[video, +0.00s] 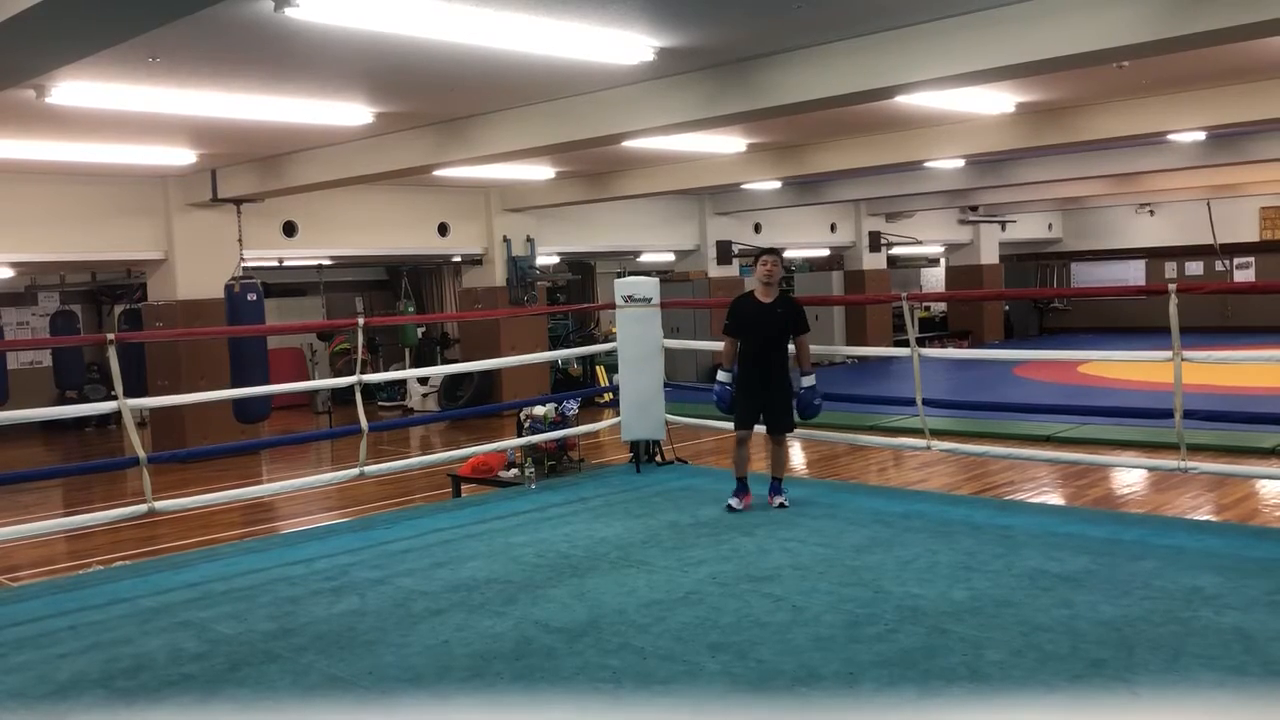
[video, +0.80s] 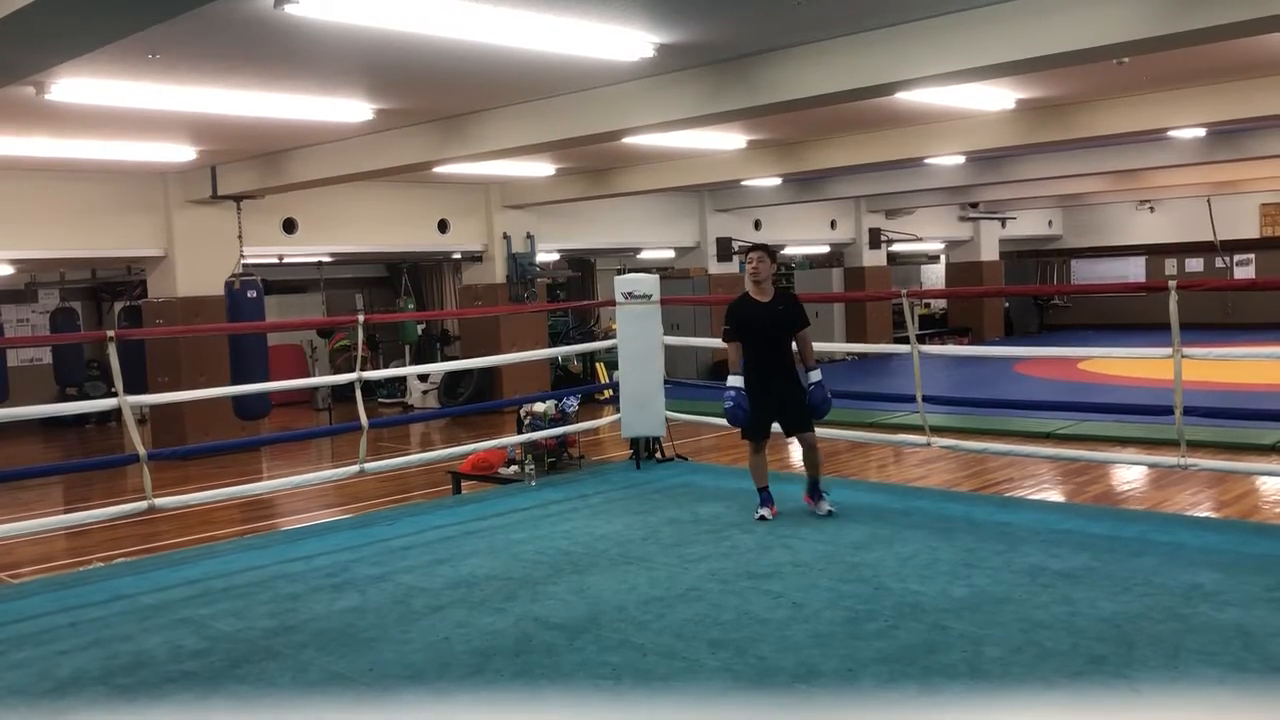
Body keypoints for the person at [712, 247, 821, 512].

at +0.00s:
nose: (768, 268)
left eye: (774, 264)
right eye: (763, 264)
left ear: (782, 272)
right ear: (755, 270)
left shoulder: (791, 306)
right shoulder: (740, 304)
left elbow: (802, 345)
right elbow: (730, 343)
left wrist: (808, 383)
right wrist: (723, 380)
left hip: (778, 382)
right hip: (746, 382)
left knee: (778, 439)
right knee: (741, 437)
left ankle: (776, 490)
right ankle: (741, 490)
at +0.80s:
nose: (754, 266)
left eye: (760, 261)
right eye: (750, 262)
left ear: (772, 267)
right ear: (745, 268)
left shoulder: (789, 301)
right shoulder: (737, 308)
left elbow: (804, 342)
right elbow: (734, 350)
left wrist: (815, 381)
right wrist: (733, 387)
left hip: (788, 382)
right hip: (754, 387)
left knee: (809, 440)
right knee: (757, 446)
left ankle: (814, 493)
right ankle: (765, 501)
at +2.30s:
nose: (779, 257)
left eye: (785, 253)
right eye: (775, 253)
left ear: (798, 258)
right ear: (770, 258)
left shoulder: (810, 296)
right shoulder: (760, 295)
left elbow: (820, 341)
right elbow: (750, 339)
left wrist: (822, 383)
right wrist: (743, 379)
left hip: (801, 381)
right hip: (768, 380)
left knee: (811, 439)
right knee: (770, 438)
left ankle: (819, 497)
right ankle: (775, 492)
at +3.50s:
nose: (775, 250)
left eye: (781, 245)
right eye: (771, 246)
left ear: (794, 250)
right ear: (766, 252)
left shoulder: (809, 286)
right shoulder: (760, 291)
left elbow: (821, 331)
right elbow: (753, 335)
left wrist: (823, 373)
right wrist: (748, 376)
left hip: (803, 373)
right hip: (771, 374)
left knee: (814, 432)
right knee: (774, 431)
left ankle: (823, 491)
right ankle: (779, 485)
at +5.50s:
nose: (778, 250)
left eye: (784, 244)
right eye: (773, 245)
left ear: (795, 248)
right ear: (767, 250)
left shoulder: (811, 284)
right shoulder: (760, 289)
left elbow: (824, 330)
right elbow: (753, 334)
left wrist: (829, 371)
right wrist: (748, 374)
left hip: (805, 371)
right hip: (773, 372)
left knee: (816, 430)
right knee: (776, 429)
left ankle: (825, 488)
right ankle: (781, 483)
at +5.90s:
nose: (778, 250)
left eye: (784, 245)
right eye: (773, 245)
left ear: (795, 249)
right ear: (767, 250)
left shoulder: (809, 284)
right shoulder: (761, 288)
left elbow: (817, 329)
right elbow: (755, 332)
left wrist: (812, 369)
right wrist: (751, 373)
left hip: (802, 368)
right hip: (771, 368)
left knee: (815, 430)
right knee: (775, 428)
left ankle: (825, 489)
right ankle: (781, 484)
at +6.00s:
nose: (777, 250)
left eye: (783, 245)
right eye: (772, 245)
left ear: (794, 249)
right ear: (766, 250)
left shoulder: (808, 284)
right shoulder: (761, 289)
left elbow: (815, 329)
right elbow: (756, 333)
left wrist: (809, 370)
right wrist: (751, 374)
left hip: (800, 369)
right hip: (770, 369)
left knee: (814, 431)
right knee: (774, 429)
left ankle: (824, 490)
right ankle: (780, 484)